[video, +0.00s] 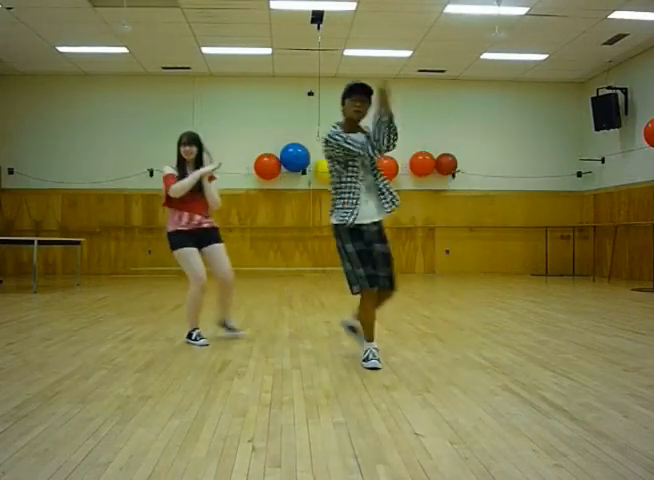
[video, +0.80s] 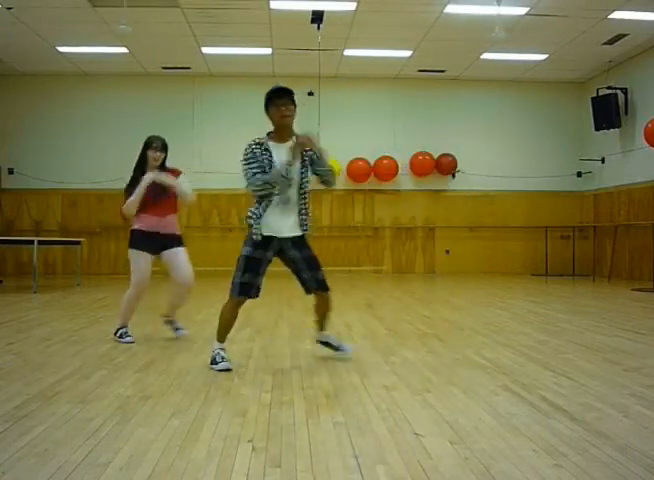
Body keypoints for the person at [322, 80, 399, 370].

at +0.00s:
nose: (359, 108)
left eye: (364, 104)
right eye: (354, 102)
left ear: (367, 109)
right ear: (343, 104)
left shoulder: (366, 136)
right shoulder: (333, 138)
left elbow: (388, 143)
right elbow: (361, 148)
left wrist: (385, 111)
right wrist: (374, 123)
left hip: (373, 219)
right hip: (348, 220)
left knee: (386, 287)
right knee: (368, 286)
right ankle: (369, 346)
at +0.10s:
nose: (351, 109)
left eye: (356, 105)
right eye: (347, 103)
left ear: (358, 108)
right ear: (333, 102)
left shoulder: (354, 138)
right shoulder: (320, 134)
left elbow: (380, 148)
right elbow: (358, 137)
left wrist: (394, 113)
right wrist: (394, 104)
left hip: (359, 219)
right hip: (335, 220)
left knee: (364, 285)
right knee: (356, 287)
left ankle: (318, 322)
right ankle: (368, 347)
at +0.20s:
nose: (341, 110)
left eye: (346, 107)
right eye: (337, 104)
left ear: (349, 109)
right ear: (324, 102)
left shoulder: (344, 138)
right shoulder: (306, 129)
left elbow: (362, 162)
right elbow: (342, 135)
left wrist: (376, 136)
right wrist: (382, 118)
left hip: (343, 217)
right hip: (318, 217)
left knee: (335, 286)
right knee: (341, 284)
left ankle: (293, 332)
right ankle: (364, 344)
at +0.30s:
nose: (334, 110)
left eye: (338, 105)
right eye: (329, 104)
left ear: (340, 108)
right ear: (316, 105)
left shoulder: (338, 138)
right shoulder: (295, 128)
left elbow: (338, 173)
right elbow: (318, 134)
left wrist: (351, 145)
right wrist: (353, 130)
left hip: (327, 217)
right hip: (301, 214)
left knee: (316, 284)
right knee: (315, 280)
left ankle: (283, 336)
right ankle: (340, 338)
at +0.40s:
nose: (321, 111)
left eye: (325, 106)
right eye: (316, 105)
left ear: (329, 108)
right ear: (303, 106)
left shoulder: (330, 141)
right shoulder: (284, 129)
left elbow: (321, 178)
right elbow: (293, 139)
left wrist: (328, 147)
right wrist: (332, 134)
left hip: (315, 217)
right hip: (289, 212)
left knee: (308, 284)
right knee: (294, 278)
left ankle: (284, 334)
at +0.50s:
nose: (311, 106)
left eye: (314, 101)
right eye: (305, 101)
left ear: (318, 105)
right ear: (293, 105)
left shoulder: (324, 141)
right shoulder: (275, 133)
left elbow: (315, 176)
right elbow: (258, 162)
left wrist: (299, 148)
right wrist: (286, 139)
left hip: (305, 220)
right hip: (276, 214)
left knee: (300, 287)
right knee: (267, 282)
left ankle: (279, 338)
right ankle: (241, 340)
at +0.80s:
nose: (285, 110)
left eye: (289, 105)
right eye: (278, 106)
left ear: (295, 110)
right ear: (268, 113)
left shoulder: (303, 145)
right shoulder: (256, 149)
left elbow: (329, 181)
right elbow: (257, 188)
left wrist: (314, 151)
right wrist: (289, 161)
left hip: (294, 235)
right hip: (262, 234)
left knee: (322, 291)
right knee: (239, 294)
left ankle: (322, 335)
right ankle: (218, 348)